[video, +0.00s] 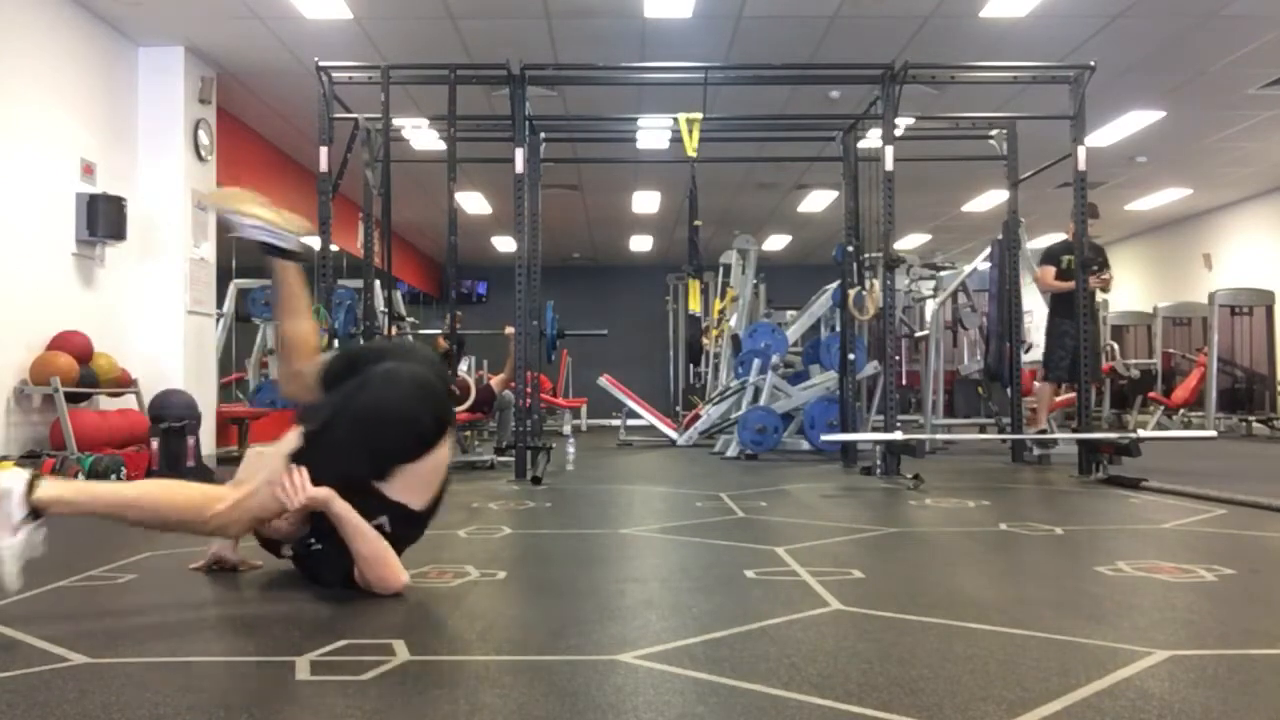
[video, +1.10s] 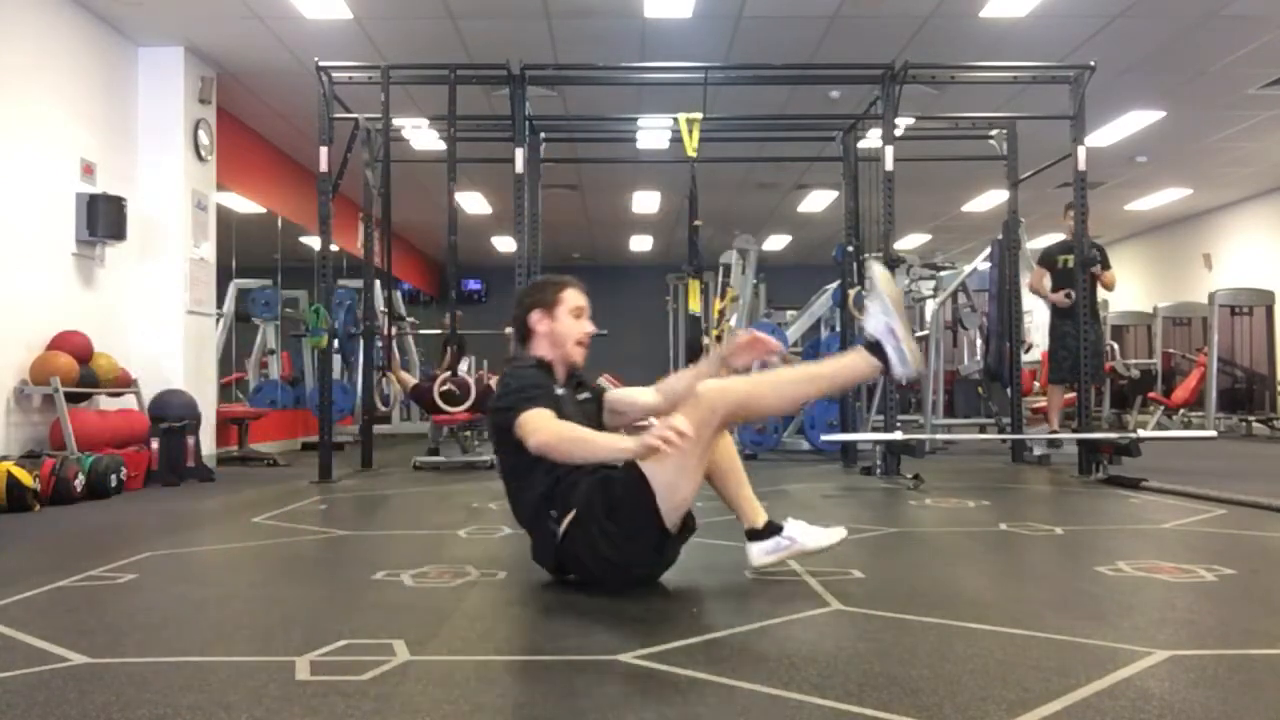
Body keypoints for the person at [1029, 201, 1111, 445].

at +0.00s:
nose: (1086, 228)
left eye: (1090, 224)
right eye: (1082, 223)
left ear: (1094, 225)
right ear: (1071, 223)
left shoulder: (1097, 252)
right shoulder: (1055, 251)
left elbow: (1106, 282)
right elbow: (1045, 283)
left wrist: (1103, 281)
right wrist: (1080, 283)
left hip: (1088, 319)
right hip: (1062, 319)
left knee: (1088, 374)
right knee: (1053, 374)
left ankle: (1085, 423)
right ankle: (1041, 424)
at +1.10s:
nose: (1078, 222)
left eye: (1082, 217)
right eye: (1073, 217)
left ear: (1088, 220)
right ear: (1065, 220)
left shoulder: (1097, 250)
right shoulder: (1052, 251)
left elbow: (1111, 285)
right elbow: (1034, 283)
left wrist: (1100, 274)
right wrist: (1051, 297)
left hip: (1090, 320)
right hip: (1063, 321)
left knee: (1090, 376)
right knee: (1058, 376)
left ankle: (1087, 425)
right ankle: (1054, 428)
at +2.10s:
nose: (1081, 223)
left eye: (1085, 218)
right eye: (1076, 219)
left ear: (1089, 220)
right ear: (1065, 221)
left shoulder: (1091, 250)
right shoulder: (1051, 252)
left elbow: (1111, 277)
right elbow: (1038, 281)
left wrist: (1096, 255)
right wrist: (1068, 266)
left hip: (1089, 320)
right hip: (1062, 320)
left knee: (1089, 376)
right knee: (1058, 377)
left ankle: (1087, 424)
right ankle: (1054, 428)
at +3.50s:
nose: (1080, 223)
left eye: (1085, 217)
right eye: (1075, 217)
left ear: (1090, 222)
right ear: (1066, 220)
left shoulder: (1093, 248)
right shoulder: (1057, 245)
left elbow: (1128, 253)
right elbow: (1043, 253)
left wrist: (1106, 230)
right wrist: (1058, 229)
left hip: (1088, 318)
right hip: (1063, 317)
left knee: (1088, 376)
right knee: (1058, 376)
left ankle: (1086, 425)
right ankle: (1055, 427)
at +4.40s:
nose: (1080, 219)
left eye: (1083, 215)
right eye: (1076, 214)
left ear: (1087, 221)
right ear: (1066, 220)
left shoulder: (1092, 248)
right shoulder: (1056, 246)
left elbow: (1126, 244)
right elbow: (1040, 245)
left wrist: (1100, 221)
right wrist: (1057, 221)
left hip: (1086, 316)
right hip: (1061, 316)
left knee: (1087, 373)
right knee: (1058, 376)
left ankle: (1086, 424)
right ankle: (1054, 427)